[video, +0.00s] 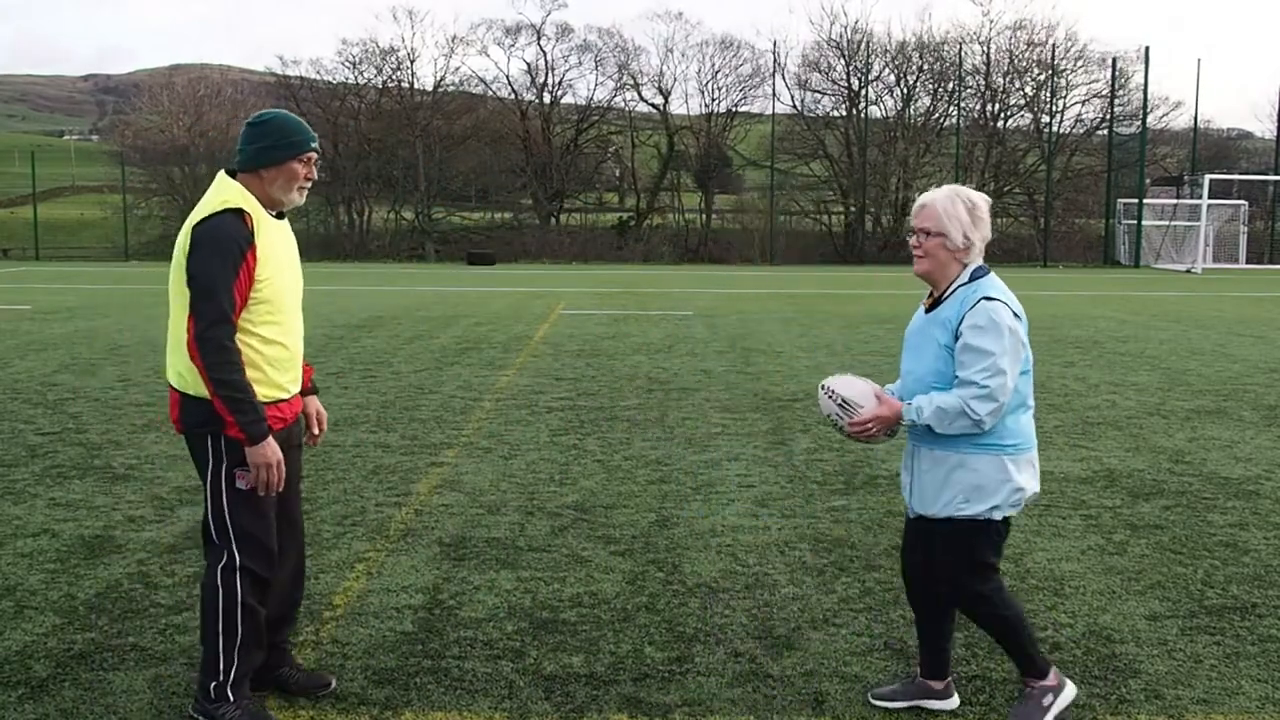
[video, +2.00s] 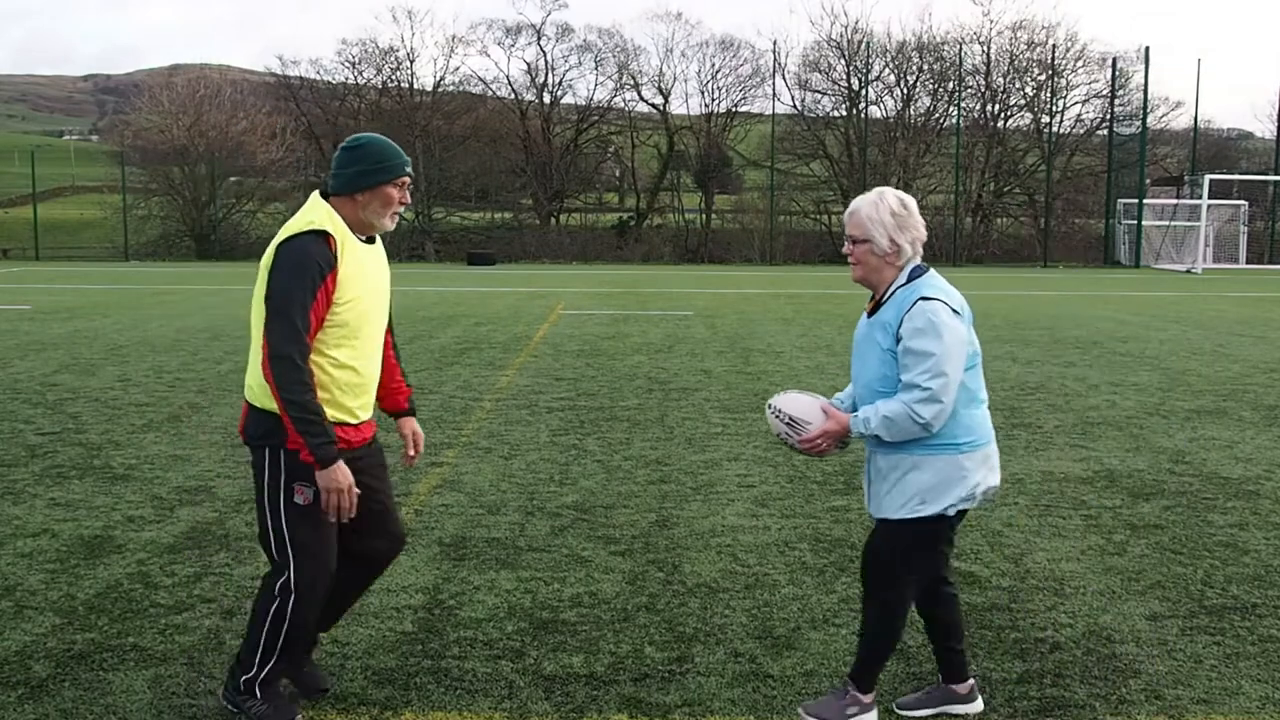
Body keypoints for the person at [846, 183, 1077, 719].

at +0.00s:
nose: (913, 243)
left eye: (926, 234)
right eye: (912, 233)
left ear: (962, 242)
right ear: (916, 236)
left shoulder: (989, 310)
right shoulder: (937, 303)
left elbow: (981, 405)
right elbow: (927, 380)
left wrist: (904, 411)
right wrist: (884, 400)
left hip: (981, 474)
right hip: (935, 470)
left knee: (970, 580)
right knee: (922, 573)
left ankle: (1044, 681)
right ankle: (934, 681)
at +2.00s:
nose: (846, 251)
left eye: (855, 241)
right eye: (846, 240)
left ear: (892, 246)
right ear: (881, 247)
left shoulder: (929, 310)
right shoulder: (887, 306)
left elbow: (924, 407)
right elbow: (872, 386)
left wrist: (853, 424)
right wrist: (828, 415)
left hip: (939, 471)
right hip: (910, 465)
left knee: (885, 566)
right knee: (929, 575)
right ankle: (958, 685)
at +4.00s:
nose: (873, 245)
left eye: (883, 235)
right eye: (874, 233)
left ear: (918, 243)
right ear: (915, 243)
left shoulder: (950, 309)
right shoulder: (909, 302)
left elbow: (956, 402)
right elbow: (895, 381)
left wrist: (880, 418)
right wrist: (850, 407)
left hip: (952, 471)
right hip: (926, 465)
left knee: (906, 566)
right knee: (947, 567)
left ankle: (896, 695)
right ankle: (984, 672)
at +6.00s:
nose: (1055, 240)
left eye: (1066, 232)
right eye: (1054, 230)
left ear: (1102, 239)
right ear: (1058, 233)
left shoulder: (1132, 304)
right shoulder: (1071, 298)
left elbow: (1143, 392)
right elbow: (1063, 375)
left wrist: (1066, 413)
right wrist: (1029, 404)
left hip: (1128, 463)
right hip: (1091, 459)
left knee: (1107, 565)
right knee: (1094, 562)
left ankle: (1128, 681)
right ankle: (1119, 666)